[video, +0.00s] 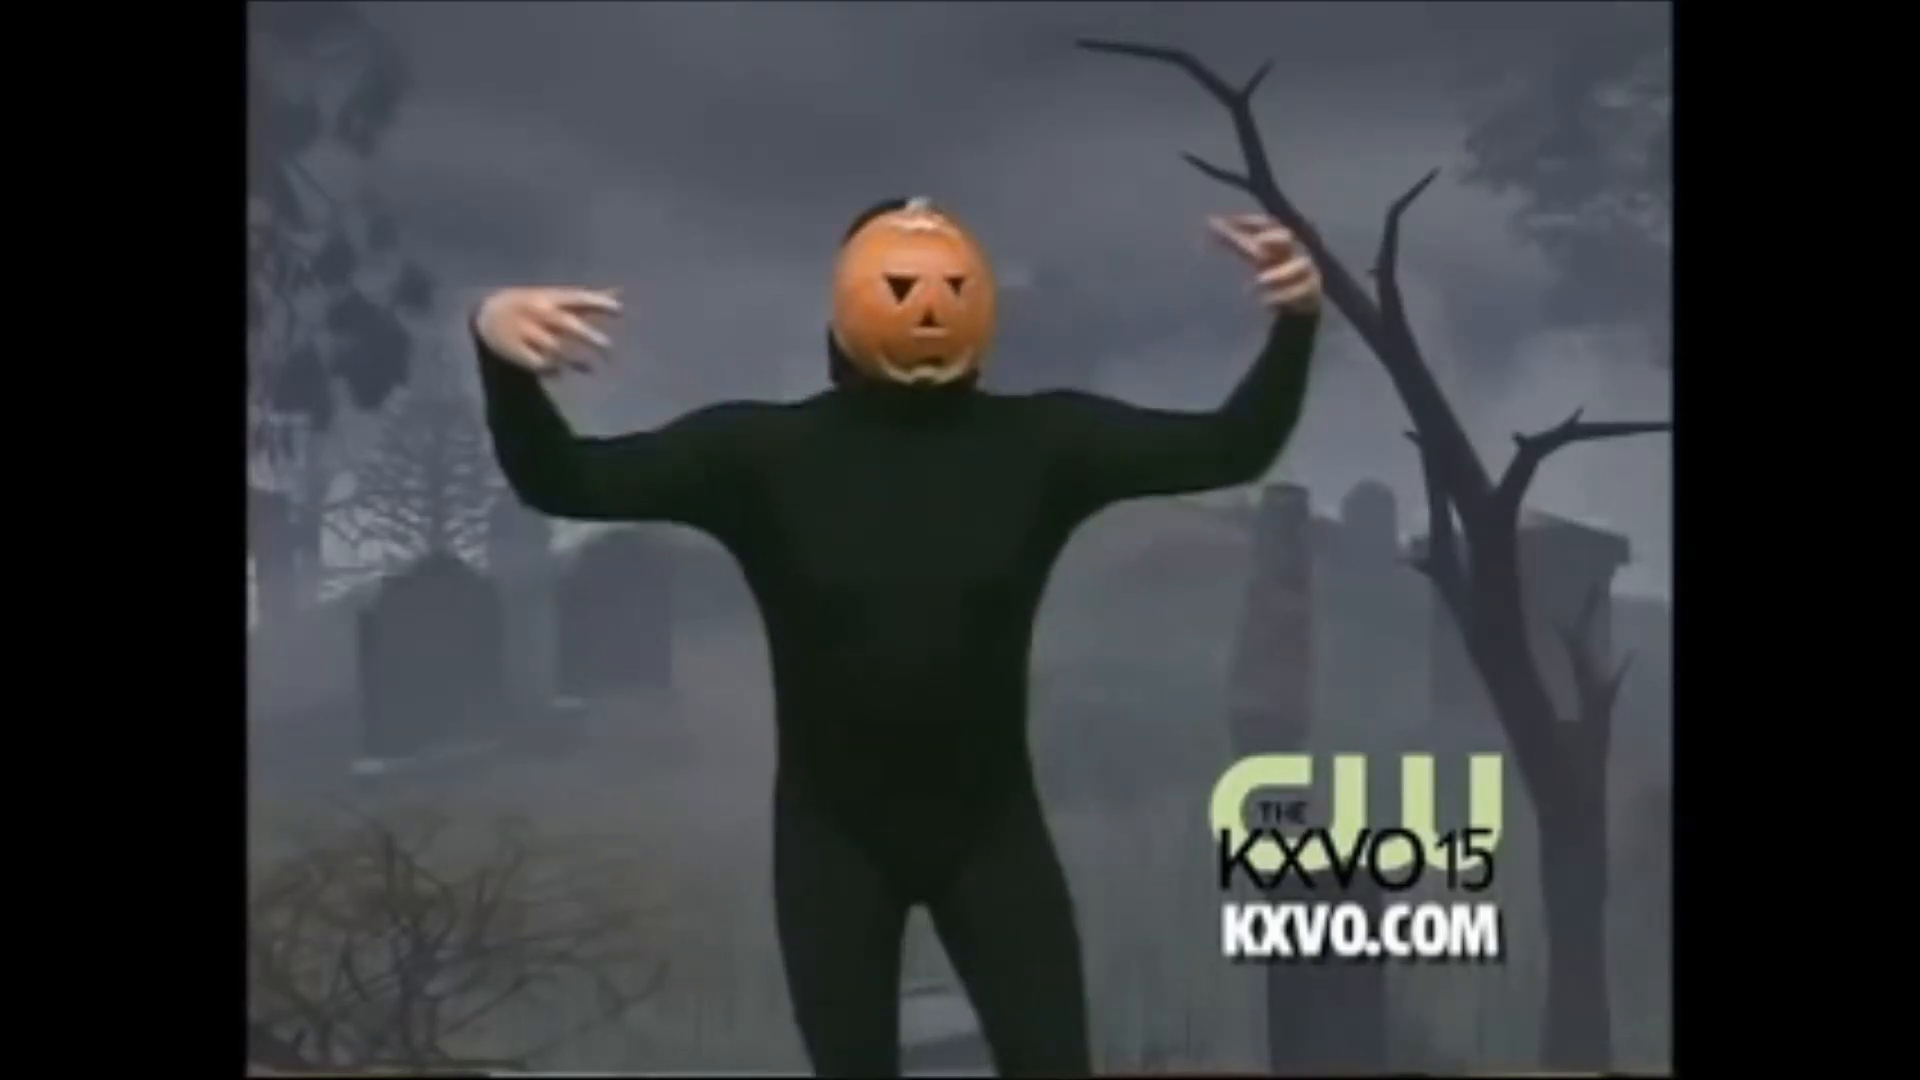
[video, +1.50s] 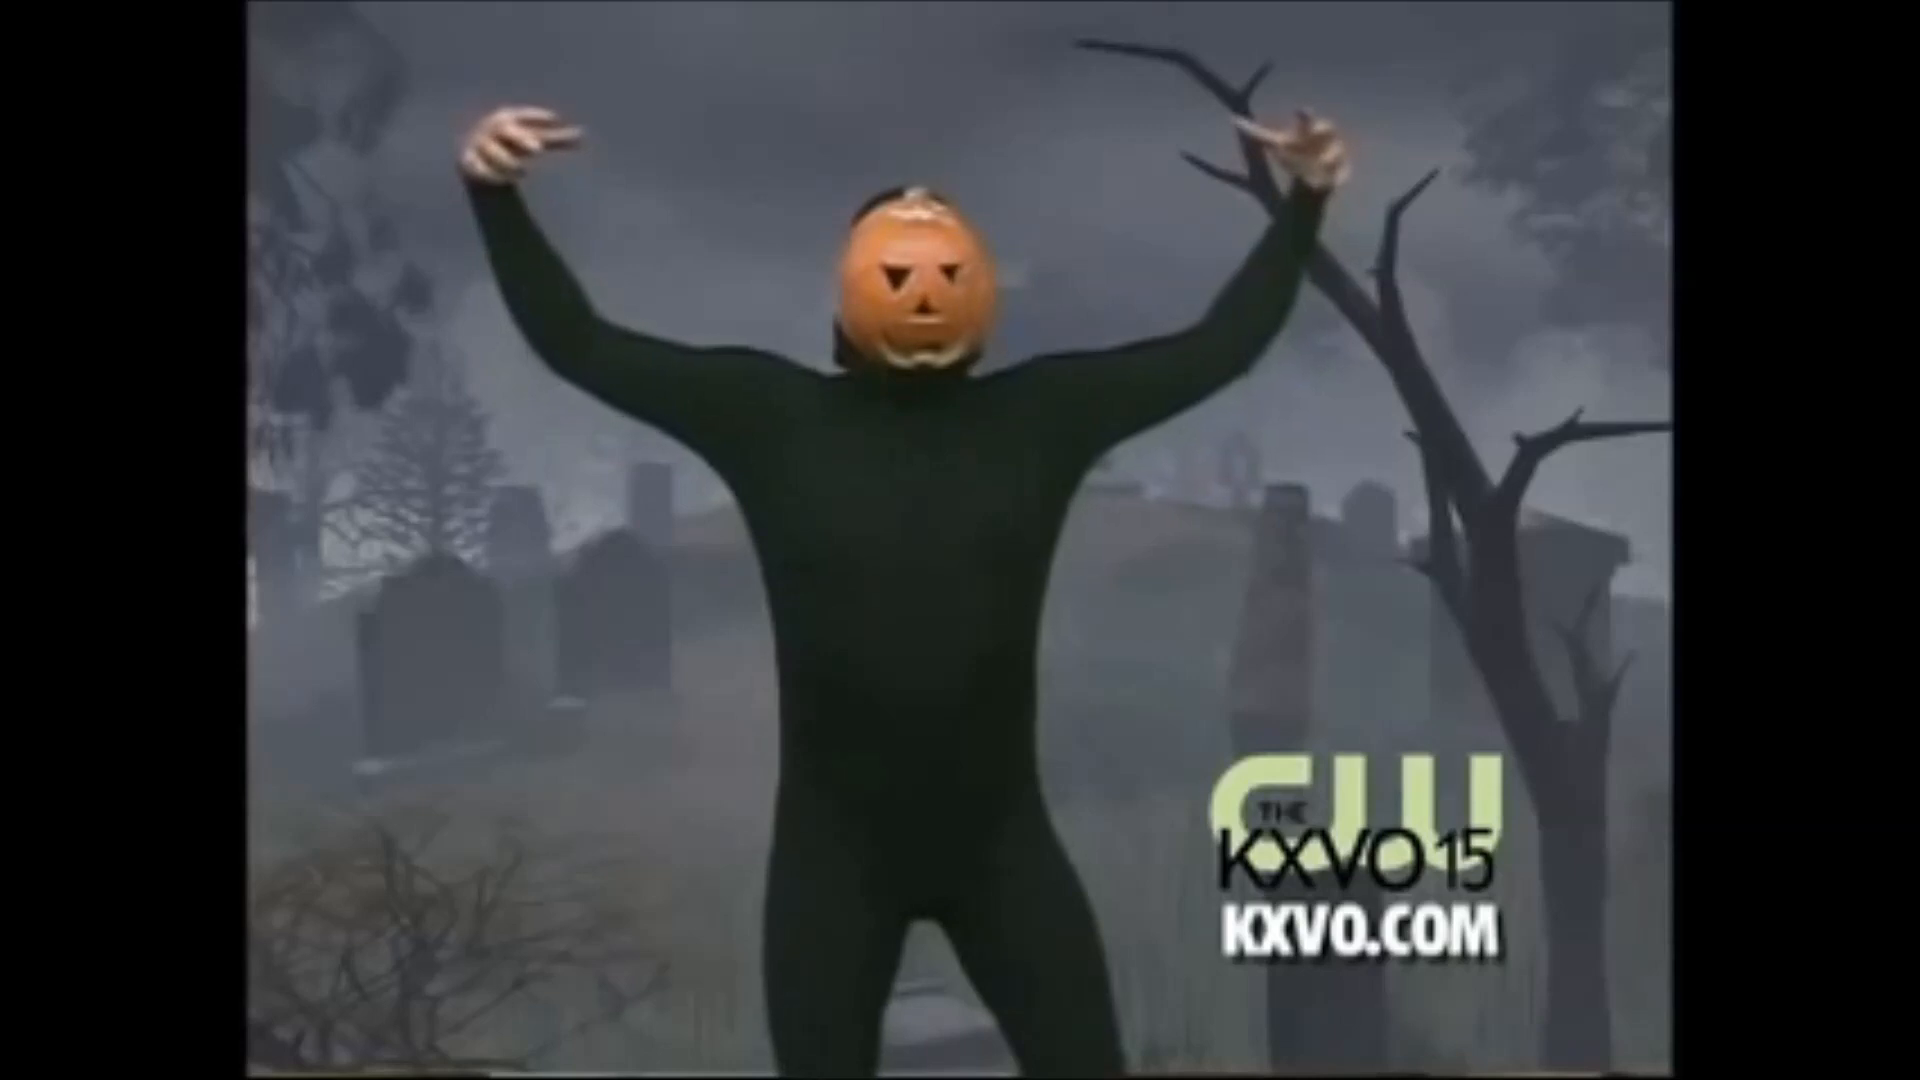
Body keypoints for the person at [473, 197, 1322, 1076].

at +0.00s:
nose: (926, 297)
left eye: (951, 281)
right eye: (893, 279)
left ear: (989, 316)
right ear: (838, 316)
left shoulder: (1050, 440)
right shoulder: (755, 450)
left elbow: (1236, 444)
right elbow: (560, 480)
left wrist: (1297, 319)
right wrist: (500, 356)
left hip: (993, 829)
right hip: (830, 839)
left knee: (1053, 1063)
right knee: (853, 1070)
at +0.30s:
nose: (926, 293)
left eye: (952, 275)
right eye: (892, 272)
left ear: (988, 316)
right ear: (838, 314)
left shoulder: (1049, 436)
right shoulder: (756, 445)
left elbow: (1232, 416)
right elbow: (557, 443)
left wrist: (1306, 286)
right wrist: (490, 310)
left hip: (995, 834)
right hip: (829, 843)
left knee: (1071, 1065)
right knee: (848, 1070)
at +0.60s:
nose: (928, 281)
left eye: (953, 266)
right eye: (894, 261)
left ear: (987, 314)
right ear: (838, 311)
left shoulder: (1050, 430)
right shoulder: (758, 435)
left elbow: (1229, 391)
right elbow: (563, 405)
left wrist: (1303, 259)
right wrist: (492, 266)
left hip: (996, 835)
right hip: (830, 844)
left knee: (1081, 1060)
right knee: (839, 1063)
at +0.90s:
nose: (926, 278)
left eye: (952, 262)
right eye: (893, 258)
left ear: (988, 306)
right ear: (841, 306)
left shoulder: (1051, 422)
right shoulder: (759, 425)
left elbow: (1229, 372)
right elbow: (566, 379)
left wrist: (1303, 237)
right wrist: (491, 240)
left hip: (999, 835)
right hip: (832, 842)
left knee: (1085, 1065)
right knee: (836, 1069)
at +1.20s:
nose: (928, 284)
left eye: (953, 268)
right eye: (896, 266)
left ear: (991, 303)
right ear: (841, 306)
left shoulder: (1051, 417)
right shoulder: (764, 418)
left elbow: (1227, 357)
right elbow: (574, 357)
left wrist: (1305, 223)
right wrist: (492, 211)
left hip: (1000, 836)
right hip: (833, 842)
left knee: (1085, 1066)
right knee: (831, 1070)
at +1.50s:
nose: (923, 280)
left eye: (949, 265)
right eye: (893, 262)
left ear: (990, 300)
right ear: (841, 301)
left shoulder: (1048, 414)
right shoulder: (763, 413)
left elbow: (1222, 345)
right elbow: (573, 341)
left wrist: (1298, 209)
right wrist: (494, 194)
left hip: (1001, 837)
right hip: (832, 843)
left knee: (1085, 1065)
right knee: (821, 1066)